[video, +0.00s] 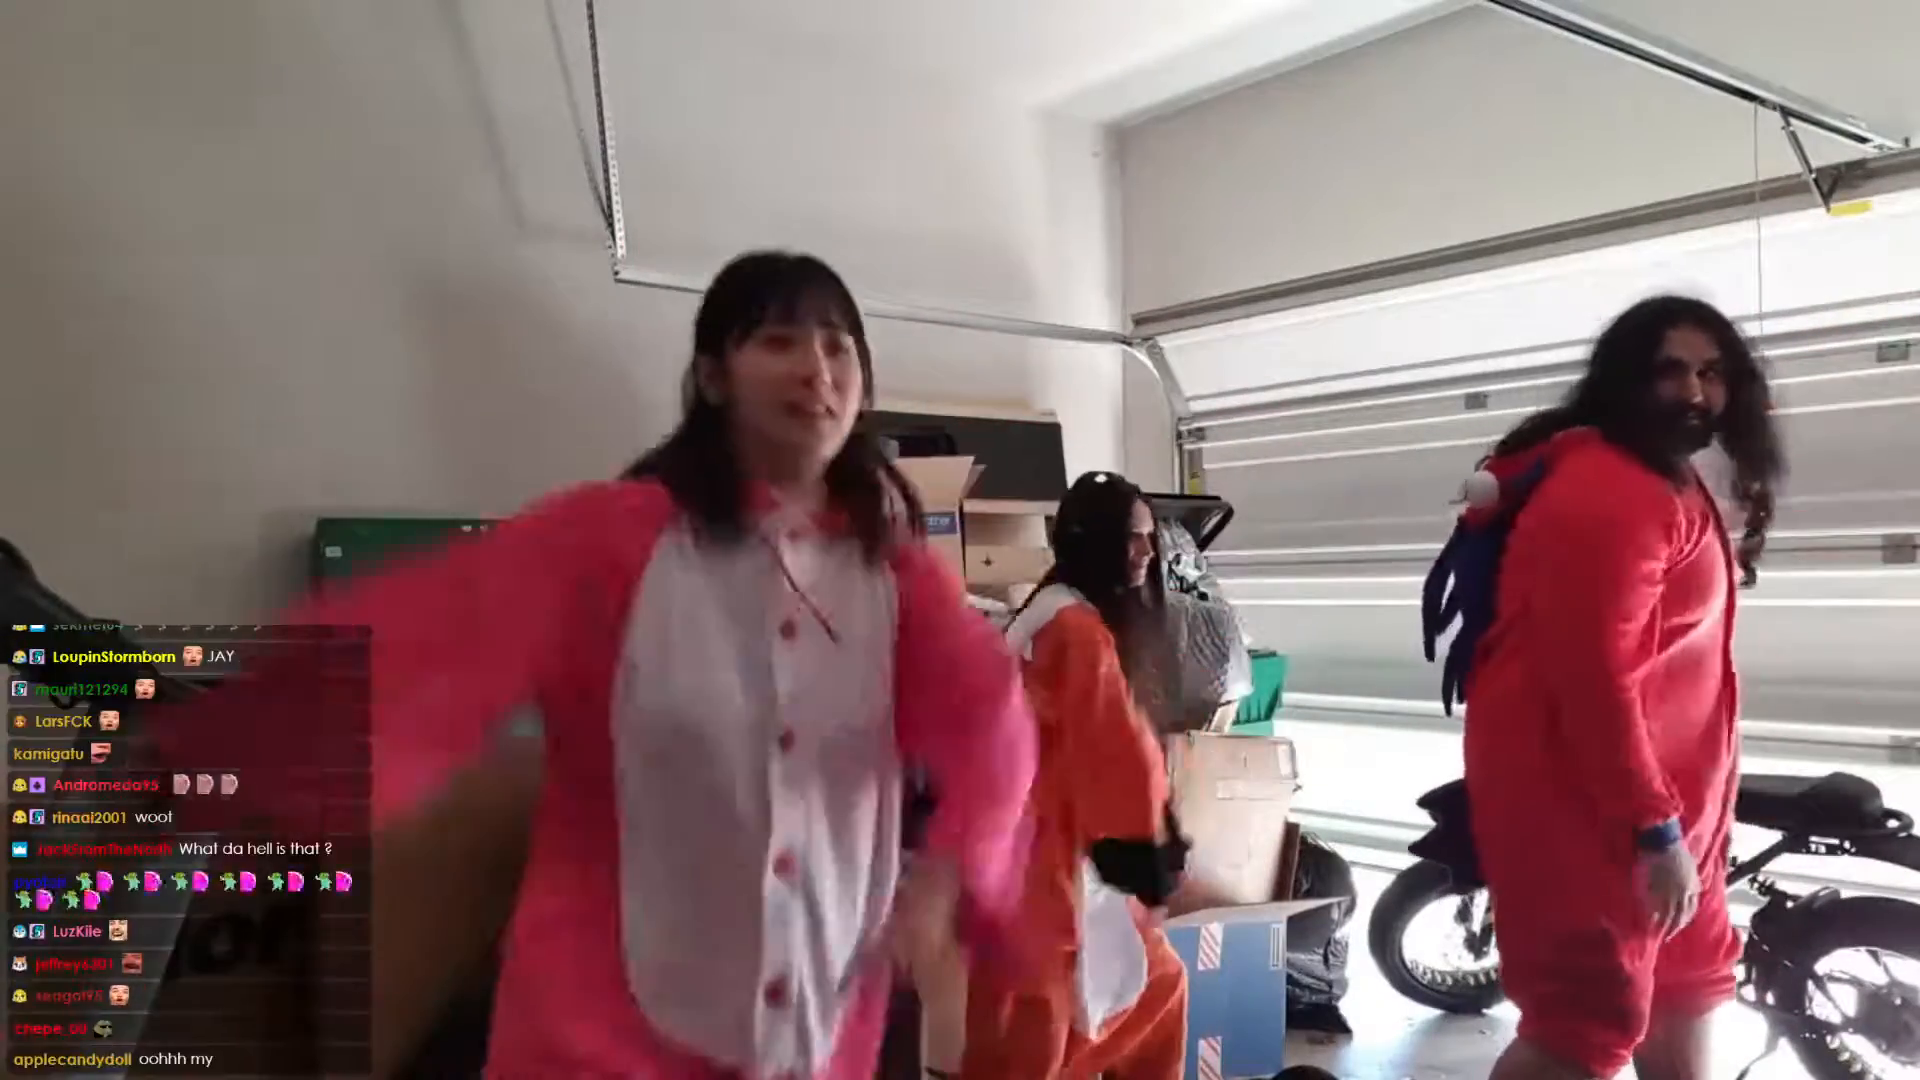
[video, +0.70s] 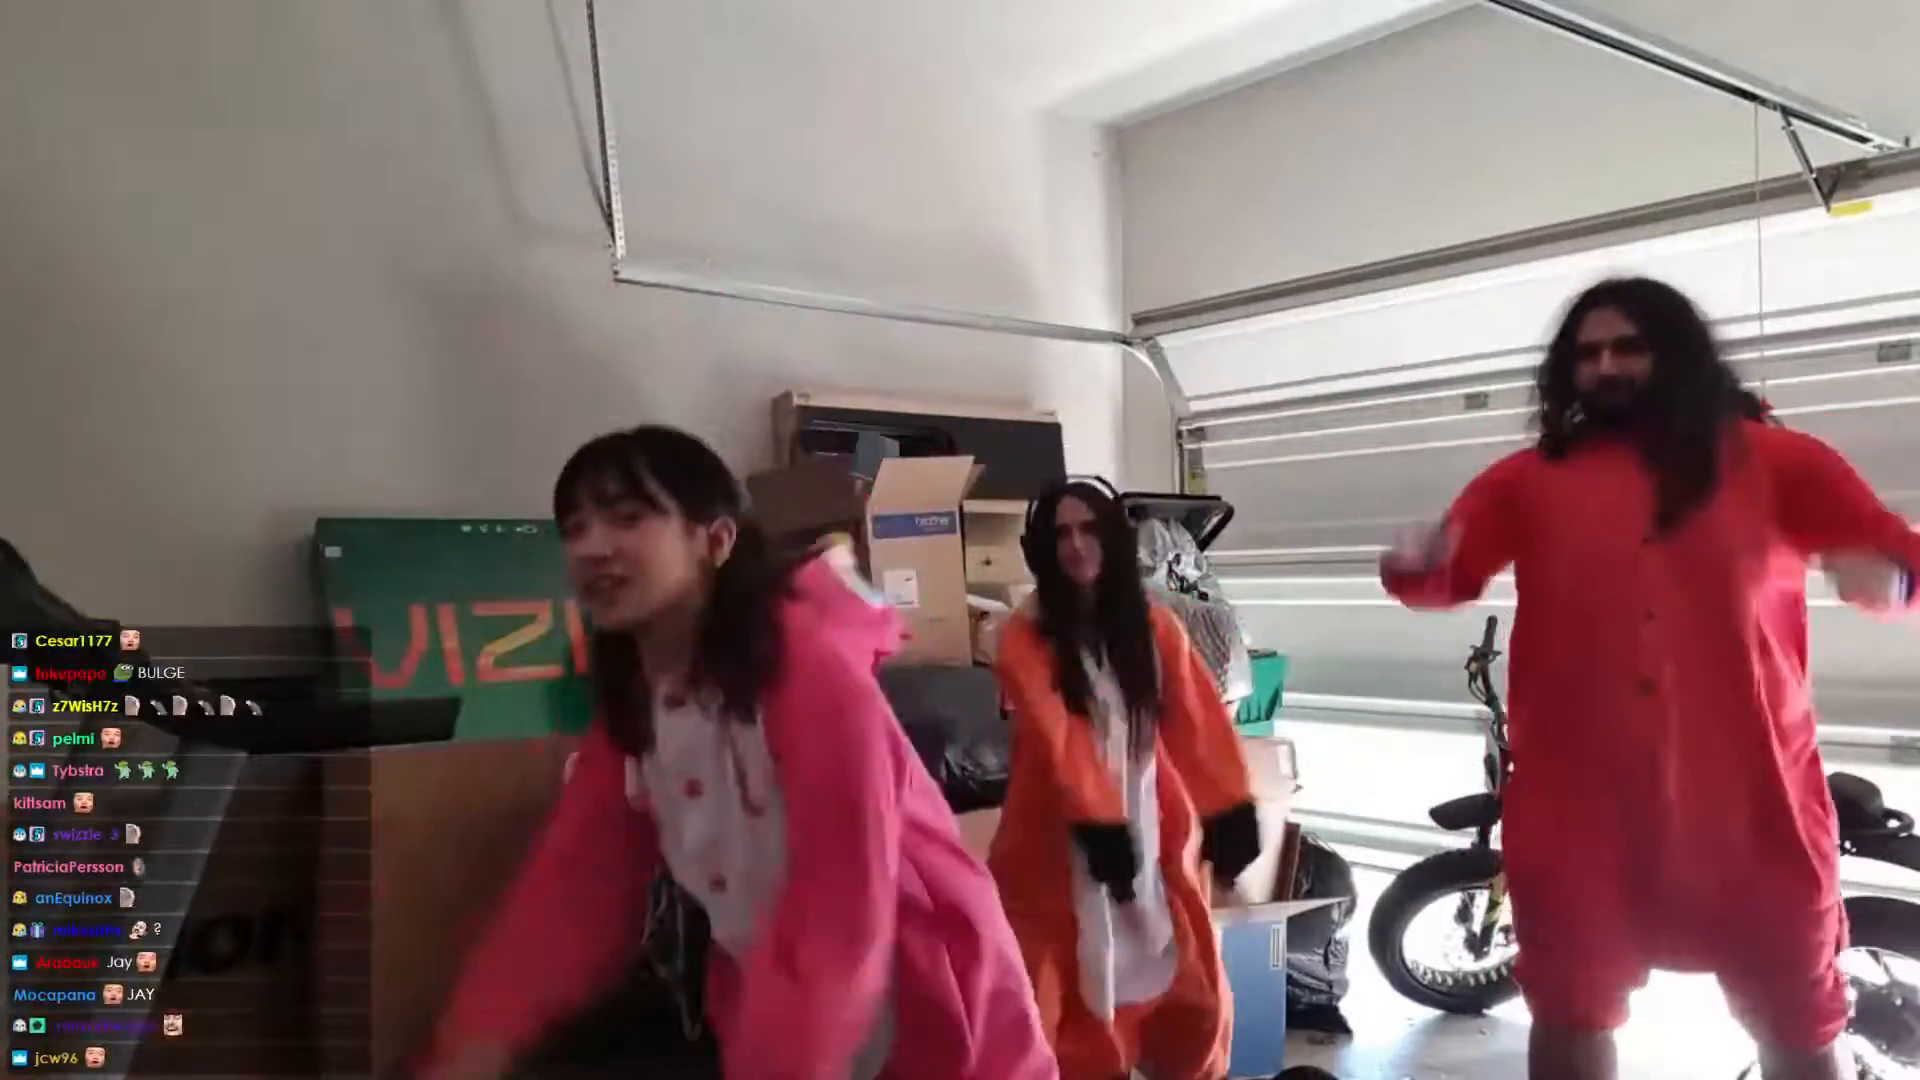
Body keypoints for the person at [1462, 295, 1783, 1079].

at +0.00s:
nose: (1695, 391)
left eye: (1713, 373)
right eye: (1670, 371)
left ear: (1730, 389)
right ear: (1627, 380)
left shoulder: (1675, 485)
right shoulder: (1603, 491)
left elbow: (1664, 667)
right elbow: (1592, 675)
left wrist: (1691, 812)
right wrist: (1655, 828)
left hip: (1662, 798)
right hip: (1578, 807)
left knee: (1689, 984)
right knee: (1586, 1027)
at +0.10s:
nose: (1662, 368)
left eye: (1678, 350)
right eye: (1638, 350)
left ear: (1701, 367)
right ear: (1599, 366)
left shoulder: (1681, 469)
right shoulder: (1578, 473)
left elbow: (1710, 613)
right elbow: (1595, 648)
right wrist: (1707, 793)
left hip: (1673, 786)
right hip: (1580, 793)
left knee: (1699, 979)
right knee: (1566, 1020)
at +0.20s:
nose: (1626, 353)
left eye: (1645, 334)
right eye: (1601, 341)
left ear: (1679, 350)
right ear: (1574, 364)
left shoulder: (1718, 471)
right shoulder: (1558, 461)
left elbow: (1790, 580)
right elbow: (1588, 598)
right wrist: (1735, 680)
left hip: (1694, 785)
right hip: (1579, 783)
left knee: (1684, 993)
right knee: (1559, 1011)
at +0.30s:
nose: (1619, 356)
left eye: (1639, 336)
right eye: (1595, 343)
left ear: (1680, 349)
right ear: (1569, 367)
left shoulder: (1742, 461)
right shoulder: (1552, 456)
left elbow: (1854, 536)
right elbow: (1525, 546)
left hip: (1703, 790)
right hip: (1577, 791)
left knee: (1674, 1007)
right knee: (1572, 1017)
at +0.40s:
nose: (1621, 350)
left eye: (1645, 331)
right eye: (1601, 335)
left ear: (1689, 350)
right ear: (1576, 353)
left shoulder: (1755, 461)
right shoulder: (1545, 446)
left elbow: (1890, 496)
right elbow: (1468, 492)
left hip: (1716, 802)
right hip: (1577, 801)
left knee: (1697, 1013)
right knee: (1586, 1026)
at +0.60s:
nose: (1611, 360)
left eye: (1636, 341)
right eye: (1590, 344)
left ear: (1683, 353)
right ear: (1563, 362)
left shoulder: (1758, 446)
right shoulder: (1531, 448)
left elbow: (1897, 491)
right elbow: (1410, 475)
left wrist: (1883, 389)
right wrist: (1434, 351)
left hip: (1738, 781)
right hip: (1568, 788)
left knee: (1794, 1008)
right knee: (1570, 1022)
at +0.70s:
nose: (1605, 368)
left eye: (1627, 348)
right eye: (1586, 352)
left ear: (1676, 355)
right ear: (1565, 370)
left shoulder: (1775, 464)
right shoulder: (1529, 482)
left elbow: (1900, 552)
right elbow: (1447, 576)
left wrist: (1890, 580)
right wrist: (1416, 565)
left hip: (1750, 805)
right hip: (1578, 816)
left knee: (1804, 1044)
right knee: (1569, 1037)